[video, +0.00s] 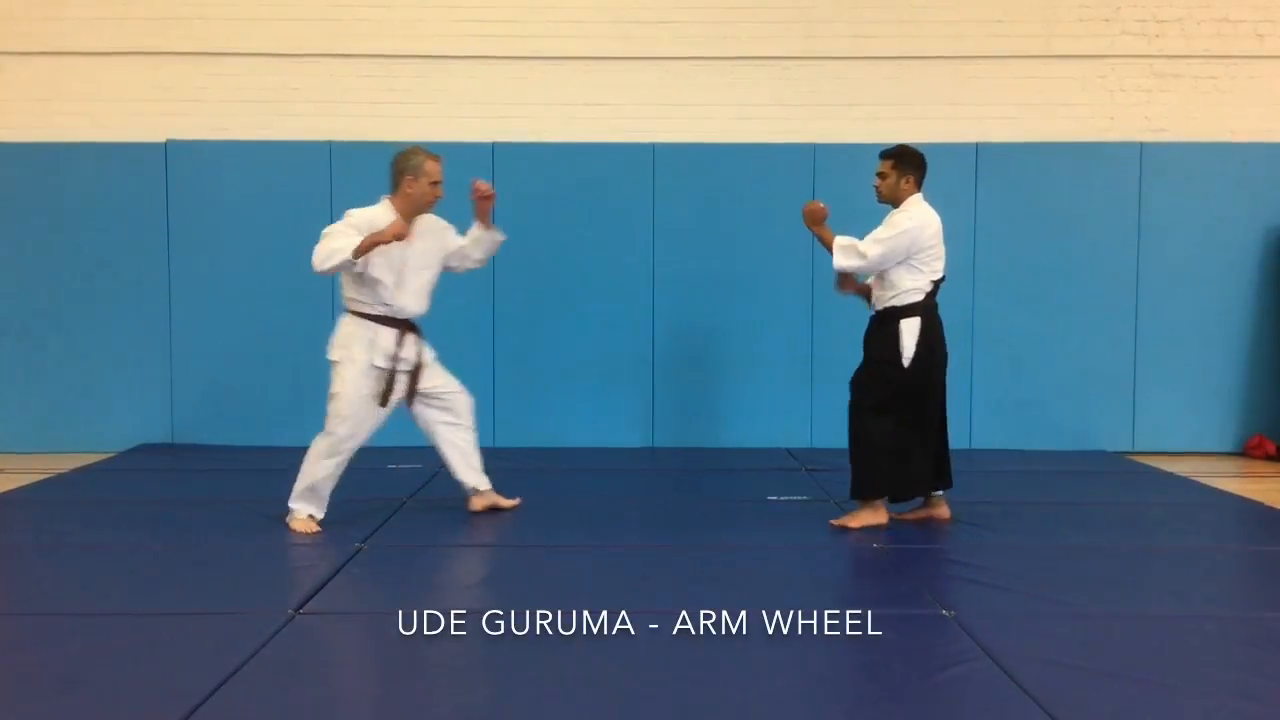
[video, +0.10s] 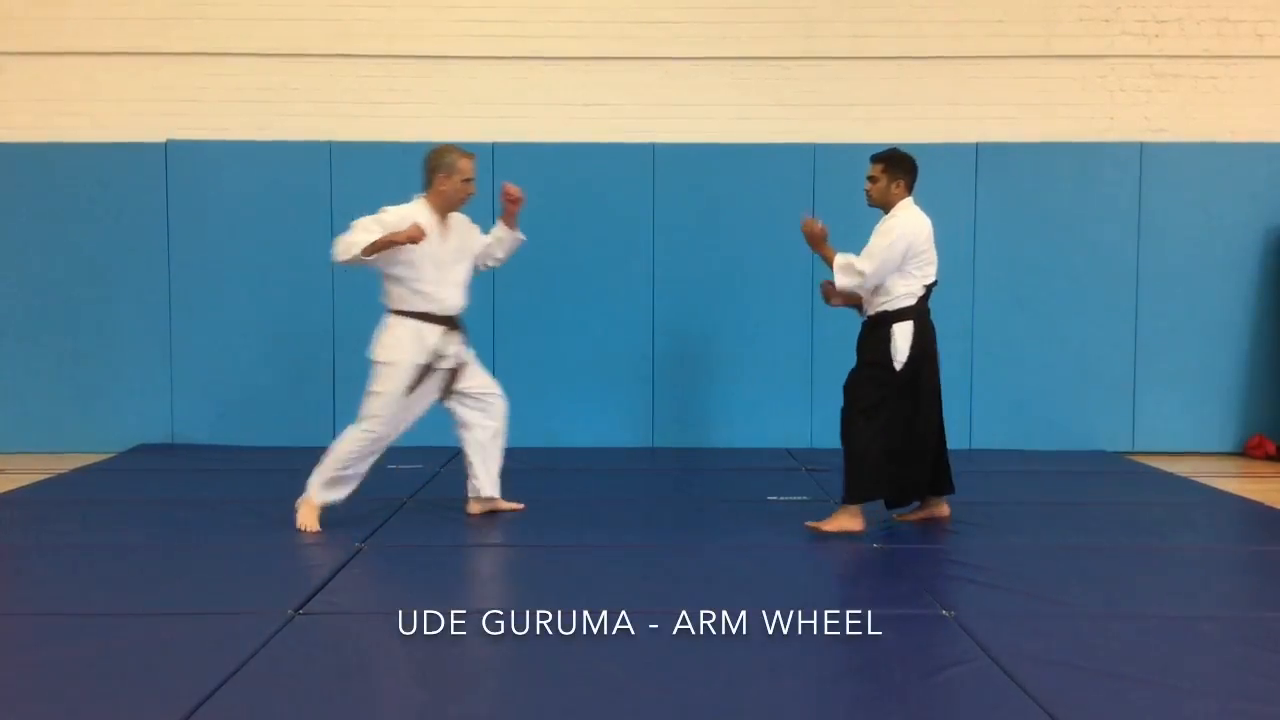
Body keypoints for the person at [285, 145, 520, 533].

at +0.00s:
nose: (440, 193)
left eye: (441, 184)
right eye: (434, 184)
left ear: (420, 185)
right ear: (408, 183)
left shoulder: (435, 229)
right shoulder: (363, 220)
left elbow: (470, 256)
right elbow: (323, 258)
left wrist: (483, 218)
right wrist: (375, 240)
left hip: (407, 339)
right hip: (362, 336)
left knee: (453, 403)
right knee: (345, 426)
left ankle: (479, 491)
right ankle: (303, 510)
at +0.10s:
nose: (472, 189)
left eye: (473, 181)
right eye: (466, 181)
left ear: (454, 182)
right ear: (440, 180)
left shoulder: (464, 227)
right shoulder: (397, 217)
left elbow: (489, 256)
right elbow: (342, 250)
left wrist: (510, 218)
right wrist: (393, 239)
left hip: (448, 339)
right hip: (406, 335)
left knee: (488, 404)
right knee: (376, 424)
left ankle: (483, 495)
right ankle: (312, 500)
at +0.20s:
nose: (493, 188)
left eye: (494, 180)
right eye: (487, 180)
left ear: (476, 181)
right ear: (462, 180)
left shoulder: (481, 226)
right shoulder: (424, 217)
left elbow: (499, 262)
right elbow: (371, 252)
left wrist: (526, 231)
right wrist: (417, 241)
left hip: (476, 337)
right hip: (438, 333)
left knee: (505, 411)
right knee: (425, 427)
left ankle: (487, 499)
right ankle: (343, 483)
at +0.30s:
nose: (526, 192)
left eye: (527, 184)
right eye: (520, 183)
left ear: (509, 186)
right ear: (495, 184)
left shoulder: (503, 231)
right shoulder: (466, 221)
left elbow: (511, 282)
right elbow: (425, 266)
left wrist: (553, 269)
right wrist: (469, 243)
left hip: (505, 337)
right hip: (474, 337)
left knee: (524, 417)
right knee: (506, 426)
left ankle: (491, 499)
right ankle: (435, 469)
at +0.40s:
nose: (559, 196)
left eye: (560, 188)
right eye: (552, 188)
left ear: (535, 190)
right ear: (528, 189)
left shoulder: (525, 229)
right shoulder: (510, 226)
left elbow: (531, 293)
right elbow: (502, 268)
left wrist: (567, 315)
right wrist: (546, 240)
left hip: (513, 341)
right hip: (511, 341)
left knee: (524, 428)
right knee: (582, 405)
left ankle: (490, 499)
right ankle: (555, 494)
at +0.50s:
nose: (594, 193)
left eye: (594, 184)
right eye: (588, 184)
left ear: (561, 187)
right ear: (563, 186)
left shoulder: (525, 228)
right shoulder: (556, 223)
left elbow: (547, 294)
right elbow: (587, 253)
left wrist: (583, 336)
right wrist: (628, 230)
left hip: (527, 340)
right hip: (555, 339)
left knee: (540, 419)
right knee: (624, 409)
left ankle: (489, 496)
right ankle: (663, 499)